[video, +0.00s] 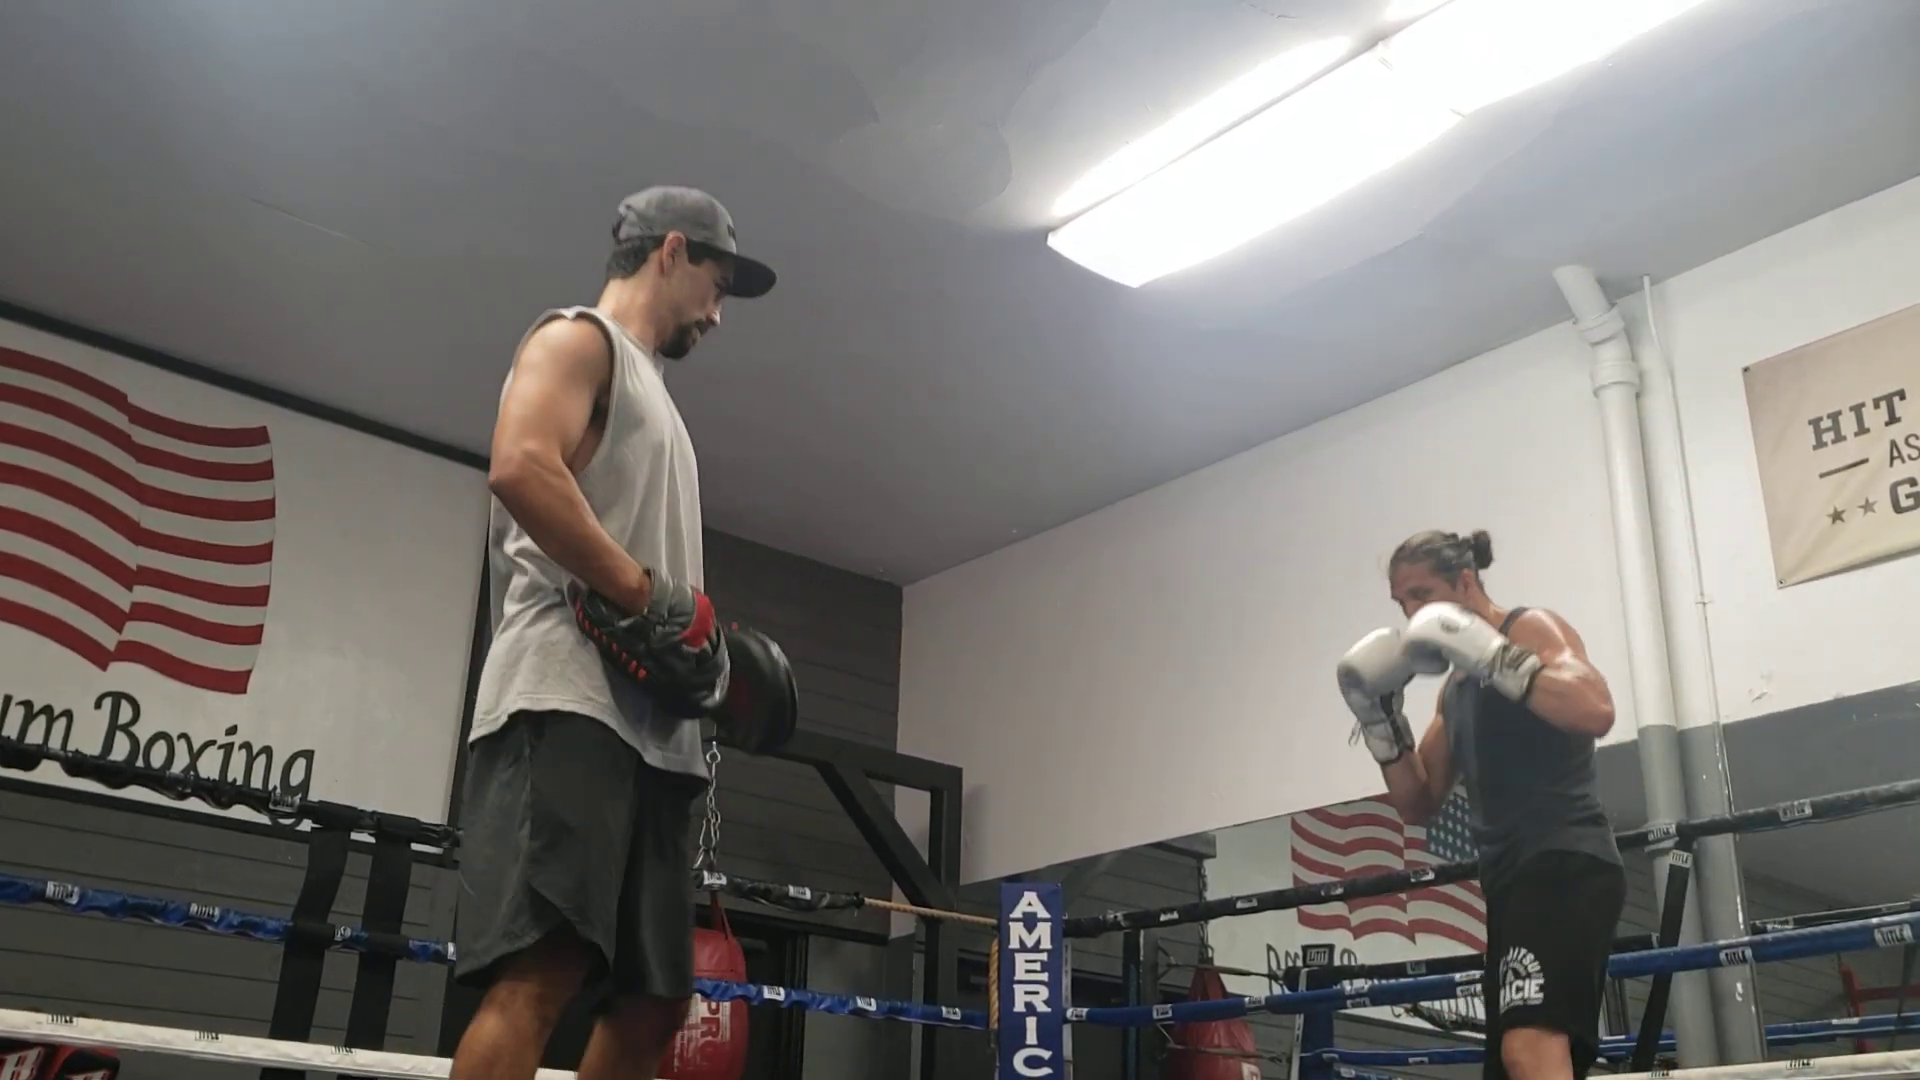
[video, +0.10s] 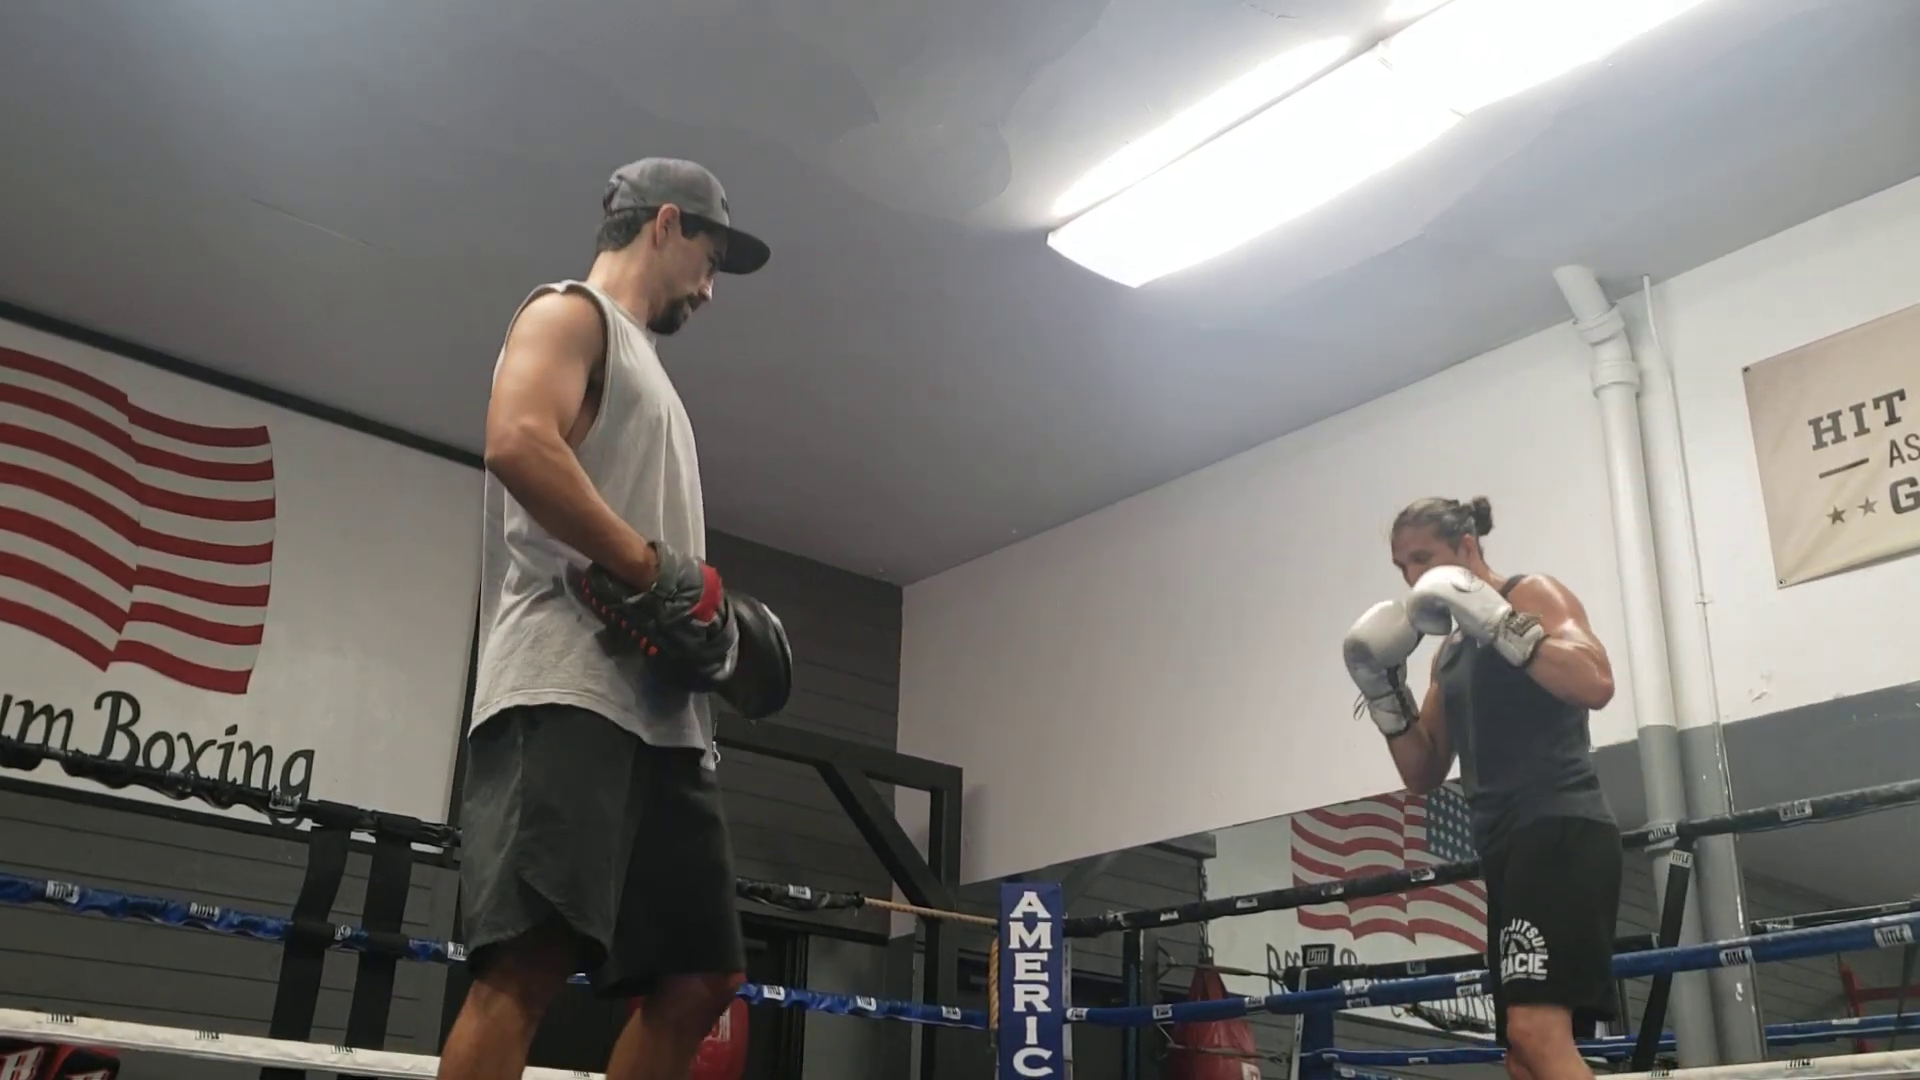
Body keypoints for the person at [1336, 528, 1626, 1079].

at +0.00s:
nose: (1411, 616)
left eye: (1420, 597)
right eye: (1403, 605)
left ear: (1465, 582)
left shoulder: (1530, 626)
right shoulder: (1455, 688)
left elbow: (1597, 712)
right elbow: (1418, 803)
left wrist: (1492, 654)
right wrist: (1379, 720)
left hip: (1562, 862)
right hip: (1512, 876)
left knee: (1533, 1050)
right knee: (1514, 1058)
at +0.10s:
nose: (1415, 582)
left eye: (1423, 562)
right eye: (1404, 571)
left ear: (1468, 549)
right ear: (1401, 572)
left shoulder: (1533, 592)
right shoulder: (1449, 656)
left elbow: (1595, 685)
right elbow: (1422, 771)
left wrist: (1496, 617)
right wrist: (1381, 687)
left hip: (1560, 828)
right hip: (1508, 843)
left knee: (1538, 1033)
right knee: (1523, 1048)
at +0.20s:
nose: (1417, 569)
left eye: (1427, 550)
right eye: (1407, 558)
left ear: (1472, 541)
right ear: (1404, 565)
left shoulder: (1534, 586)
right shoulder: (1447, 649)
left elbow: (1593, 689)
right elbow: (1432, 772)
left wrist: (1497, 619)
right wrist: (1387, 689)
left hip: (1560, 827)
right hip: (1504, 842)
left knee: (1546, 1039)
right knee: (1509, 1053)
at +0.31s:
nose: (1420, 589)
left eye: (1431, 570)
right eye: (1411, 577)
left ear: (1479, 564)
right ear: (1409, 583)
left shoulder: (1540, 617)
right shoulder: (1451, 674)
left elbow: (1597, 731)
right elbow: (1433, 799)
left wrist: (1506, 661)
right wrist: (1392, 717)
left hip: (1564, 864)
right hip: (1502, 876)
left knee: (1562, 1061)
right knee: (1496, 1065)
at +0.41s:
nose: (1421, 600)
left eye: (1433, 580)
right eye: (1411, 587)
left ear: (1478, 575)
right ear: (1406, 591)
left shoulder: (1543, 636)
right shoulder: (1444, 681)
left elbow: (1599, 750)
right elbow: (1419, 809)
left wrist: (1507, 677)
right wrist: (1386, 726)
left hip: (1557, 872)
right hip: (1492, 884)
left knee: (1561, 1061)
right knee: (1501, 1066)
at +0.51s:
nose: (1404, 569)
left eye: (1416, 550)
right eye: (1392, 557)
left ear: (1460, 544)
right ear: (1387, 563)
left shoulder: (1523, 603)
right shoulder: (1415, 648)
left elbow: (1585, 710)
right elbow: (1391, 768)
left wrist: (1498, 642)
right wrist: (1364, 691)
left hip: (1541, 848)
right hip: (1464, 862)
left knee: (1574, 1050)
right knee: (1451, 1053)